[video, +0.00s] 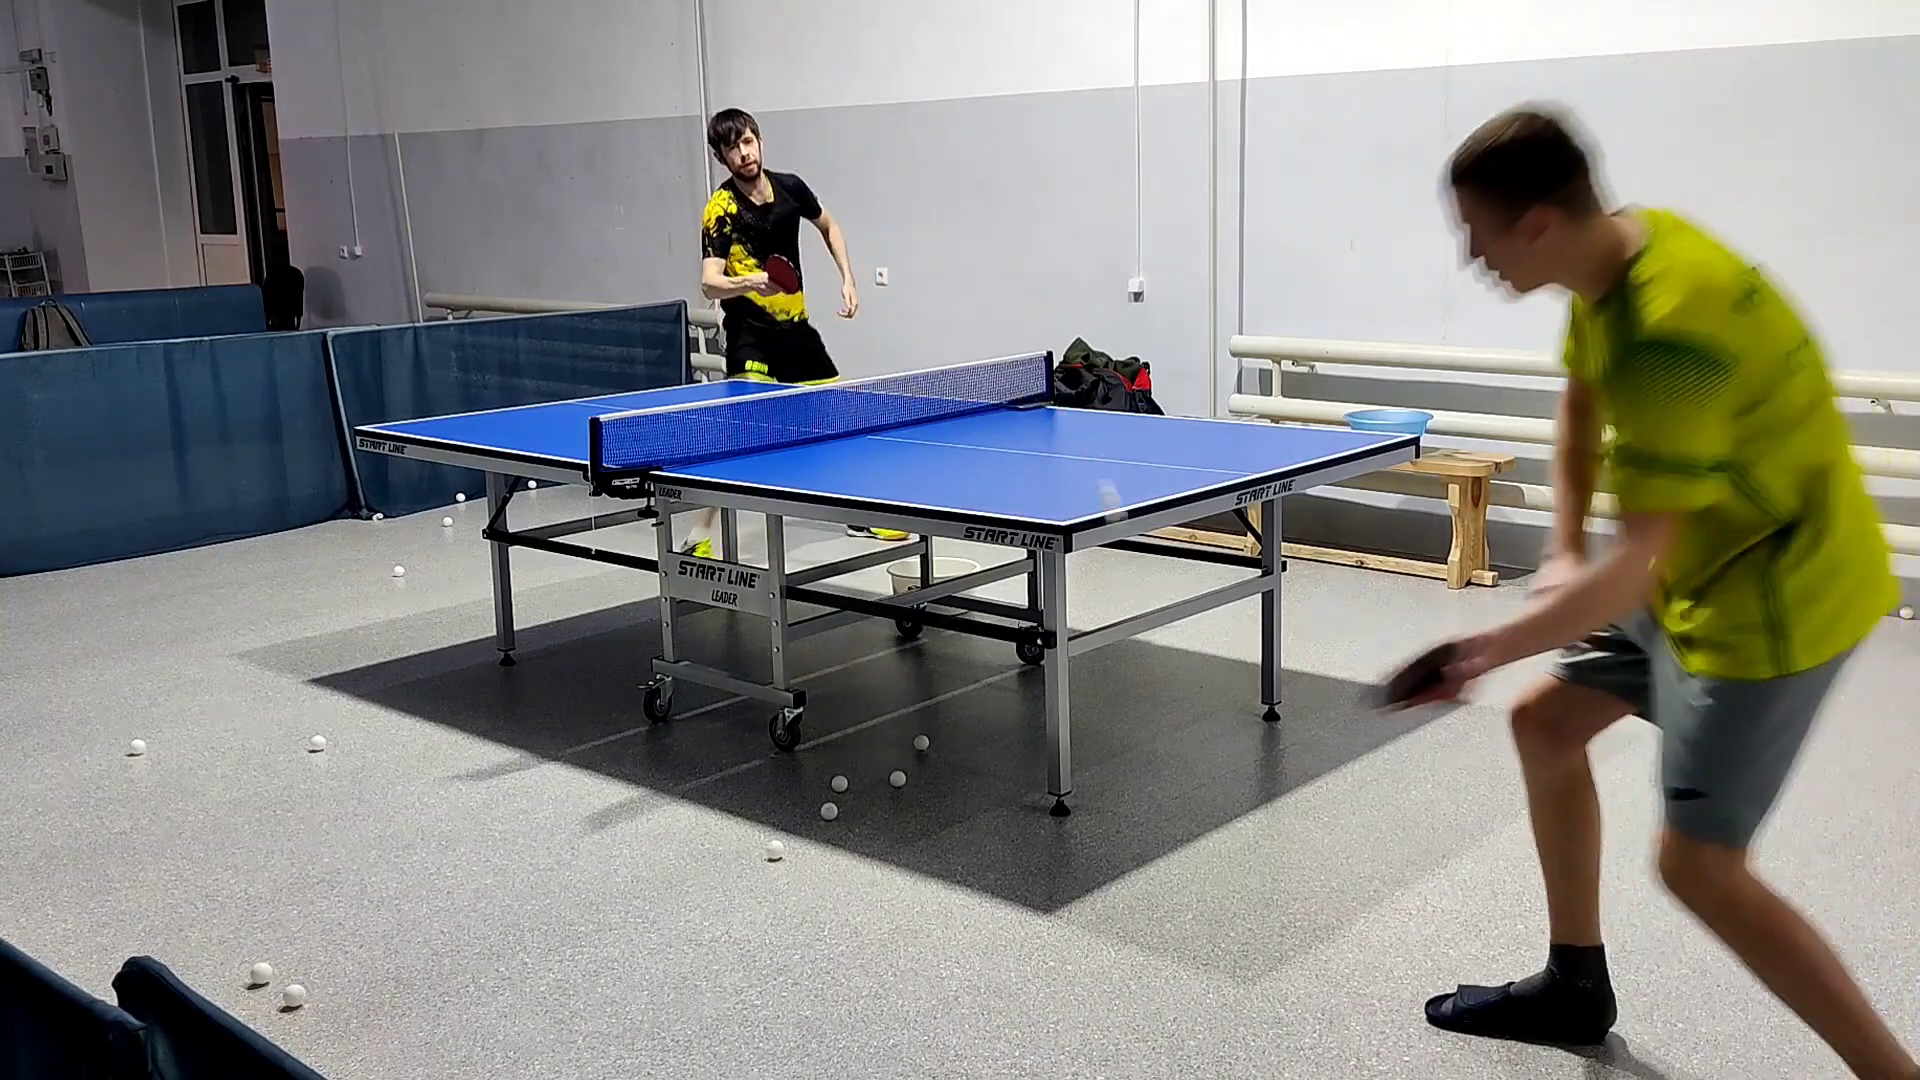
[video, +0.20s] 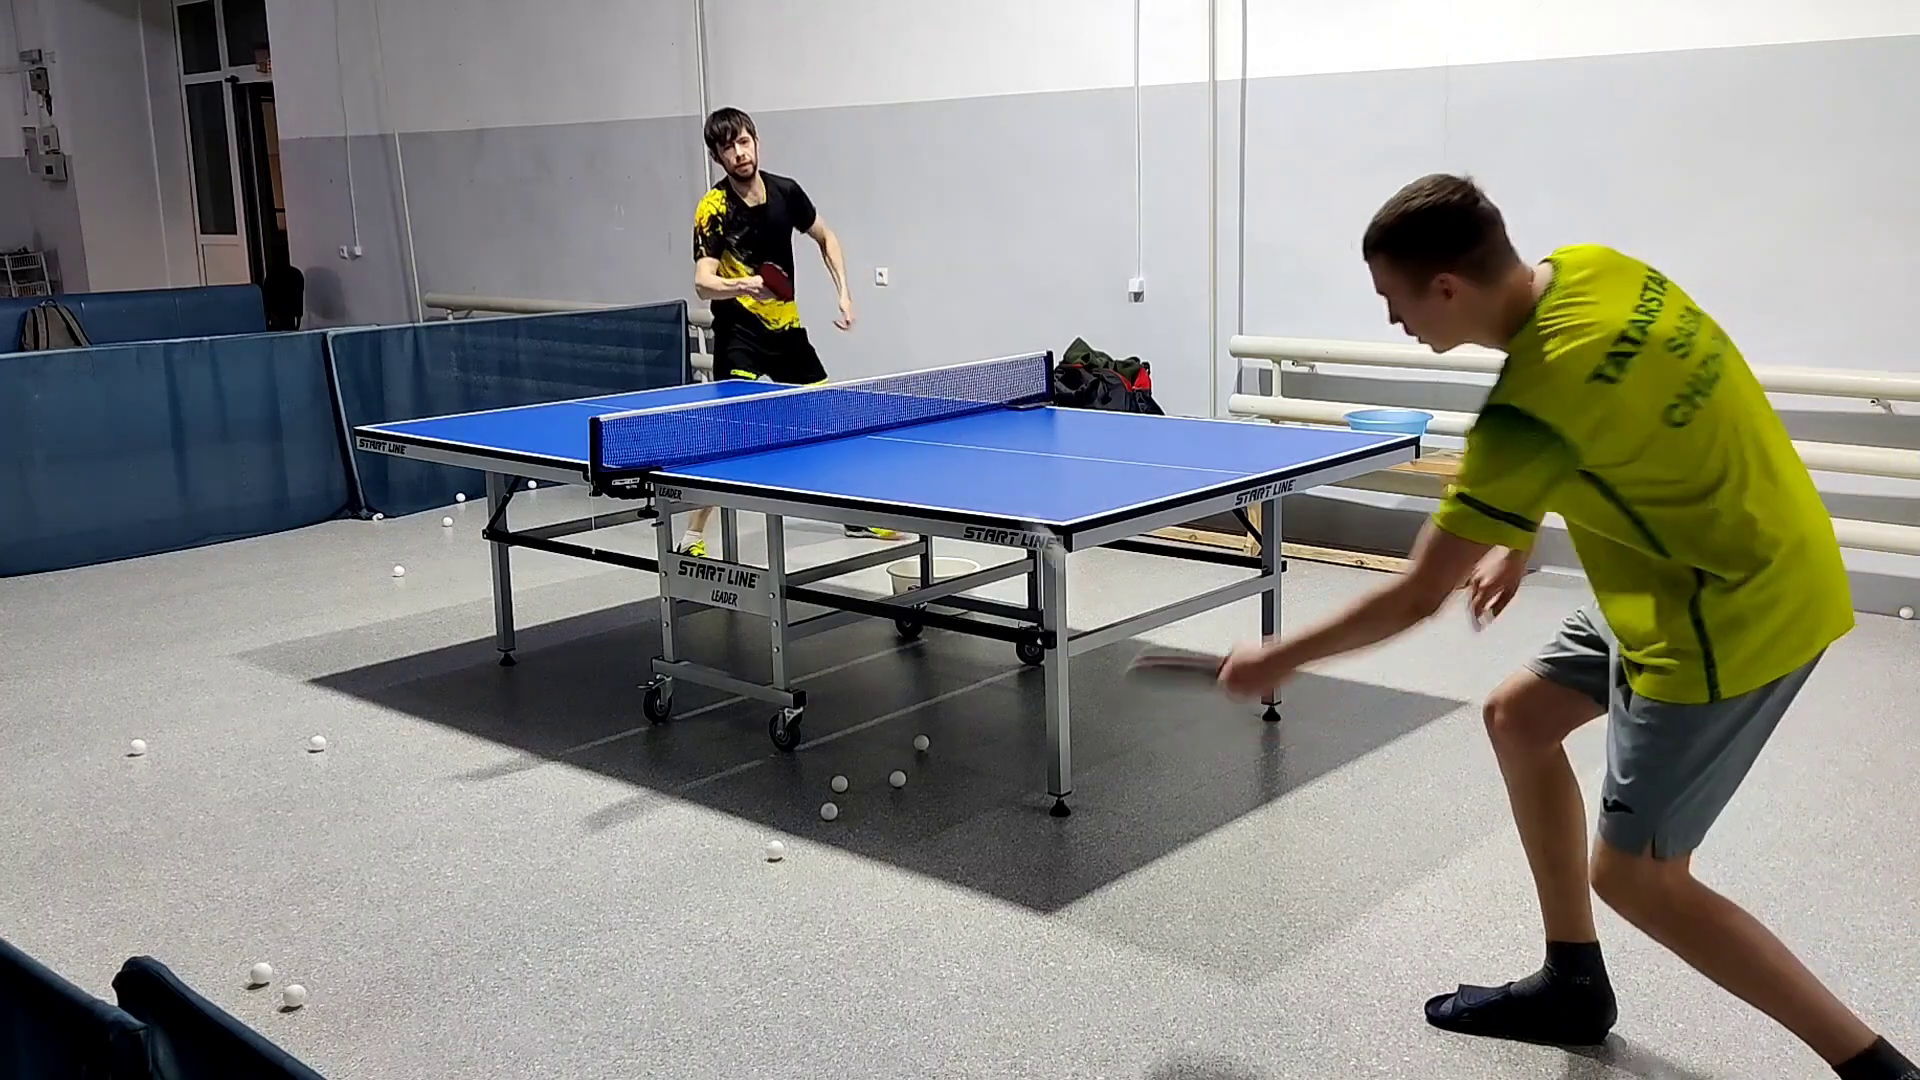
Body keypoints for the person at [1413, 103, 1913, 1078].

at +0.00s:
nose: (1472, 256)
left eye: (1478, 233)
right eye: (1468, 234)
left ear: (1541, 219)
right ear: (1544, 215)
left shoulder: (1678, 315)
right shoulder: (1607, 276)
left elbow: (1644, 557)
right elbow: (1581, 415)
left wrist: (1482, 651)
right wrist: (1567, 554)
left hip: (1783, 593)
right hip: (1697, 569)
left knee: (1697, 864)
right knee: (1546, 726)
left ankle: (1890, 1067)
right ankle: (1575, 984)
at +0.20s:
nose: (1393, 316)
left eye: (1392, 297)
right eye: (1386, 298)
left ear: (1445, 288)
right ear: (1471, 265)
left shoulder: (1530, 400)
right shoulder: (1591, 270)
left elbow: (1423, 588)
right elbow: (1604, 423)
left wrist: (1284, 654)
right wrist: (1519, 539)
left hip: (1737, 620)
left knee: (1632, 874)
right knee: (1521, 716)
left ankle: (1878, 1067)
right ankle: (1574, 982)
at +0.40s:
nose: (1412, 250)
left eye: (1410, 229)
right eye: (1406, 230)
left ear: (1445, 225)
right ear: (1513, 194)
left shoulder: (1507, 353)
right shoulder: (1619, 228)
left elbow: (1496, 507)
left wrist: (1429, 519)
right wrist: (1489, 481)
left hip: (1709, 606)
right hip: (1774, 543)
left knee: (1659, 864)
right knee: (1542, 710)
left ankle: (1878, 1068)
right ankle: (1574, 982)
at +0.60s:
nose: (1504, 169)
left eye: (1508, 146)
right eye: (1501, 148)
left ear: (1554, 139)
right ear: (1613, 127)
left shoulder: (1576, 288)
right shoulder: (1730, 189)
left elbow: (1603, 501)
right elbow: (1782, 375)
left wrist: (1582, 492)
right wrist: (1622, 469)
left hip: (1724, 597)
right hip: (1829, 549)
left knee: (1691, 866)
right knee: (1589, 727)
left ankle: (1872, 1071)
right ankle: (1578, 982)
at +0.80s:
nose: (1629, 148)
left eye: (1633, 123)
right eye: (1627, 125)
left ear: (1678, 120)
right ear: (1746, 111)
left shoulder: (1703, 272)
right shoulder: (1871, 202)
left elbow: (1692, 510)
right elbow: (1874, 404)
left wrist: (1638, 558)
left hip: (1793, 629)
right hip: (1900, 598)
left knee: (1734, 884)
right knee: (1672, 743)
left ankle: (1885, 1075)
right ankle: (1593, 981)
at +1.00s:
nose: (1712, 120)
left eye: (1715, 96)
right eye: (1711, 97)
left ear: (1756, 95)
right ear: (1842, 82)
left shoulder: (1798, 257)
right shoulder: (1908, 183)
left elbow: (1767, 511)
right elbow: (1897, 428)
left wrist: (1662, 561)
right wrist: (1818, 538)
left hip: (1874, 625)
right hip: (1901, 584)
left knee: (1777, 867)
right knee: (1780, 731)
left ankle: (1892, 1065)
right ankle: (1786, 1011)